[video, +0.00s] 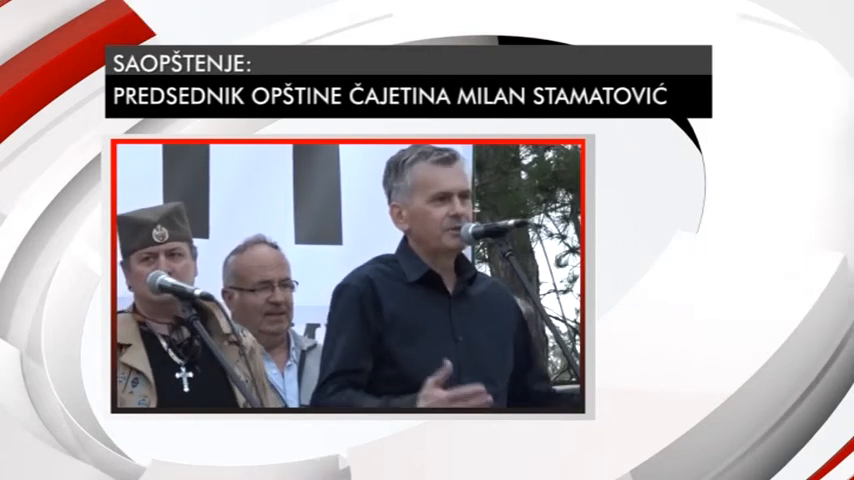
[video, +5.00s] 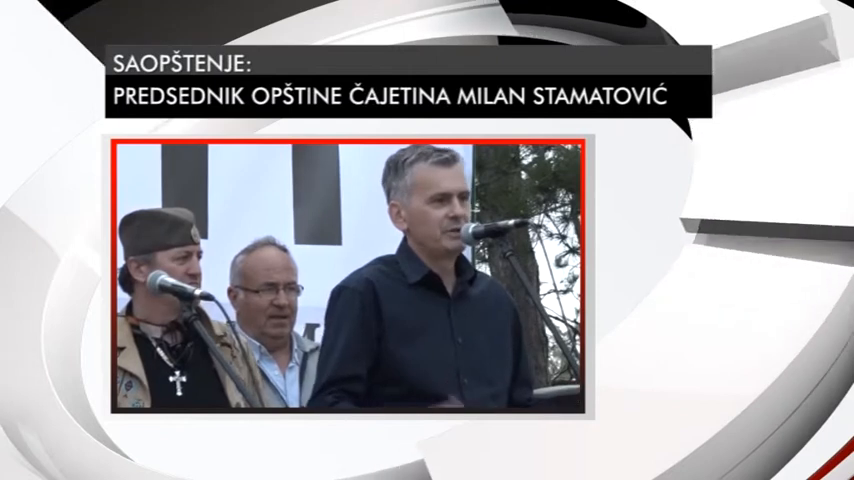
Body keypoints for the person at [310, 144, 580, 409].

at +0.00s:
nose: (459, 211)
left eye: (464, 198)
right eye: (441, 200)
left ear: (473, 204)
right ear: (400, 215)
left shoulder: (499, 299)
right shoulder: (364, 291)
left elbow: (532, 399)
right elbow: (330, 399)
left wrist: (596, 401)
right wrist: (414, 407)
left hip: (496, 464)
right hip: (400, 465)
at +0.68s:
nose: (462, 215)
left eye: (467, 201)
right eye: (444, 204)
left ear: (474, 204)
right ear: (401, 215)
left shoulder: (500, 301)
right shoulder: (368, 292)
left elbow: (536, 405)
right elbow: (331, 397)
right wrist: (371, 415)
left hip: (499, 460)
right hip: (405, 463)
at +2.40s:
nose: (461, 212)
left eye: (465, 199)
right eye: (443, 200)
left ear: (472, 204)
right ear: (400, 213)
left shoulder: (496, 302)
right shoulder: (362, 296)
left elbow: (522, 408)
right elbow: (330, 405)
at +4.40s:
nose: (456, 211)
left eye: (461, 198)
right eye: (438, 200)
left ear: (468, 201)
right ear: (398, 216)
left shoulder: (496, 301)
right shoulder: (361, 294)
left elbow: (516, 404)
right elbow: (325, 403)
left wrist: (554, 405)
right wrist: (426, 421)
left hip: (491, 466)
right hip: (399, 468)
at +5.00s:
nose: (457, 212)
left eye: (463, 199)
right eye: (439, 200)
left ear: (470, 203)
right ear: (398, 214)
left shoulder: (497, 301)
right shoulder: (362, 295)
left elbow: (520, 406)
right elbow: (328, 405)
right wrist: (419, 424)